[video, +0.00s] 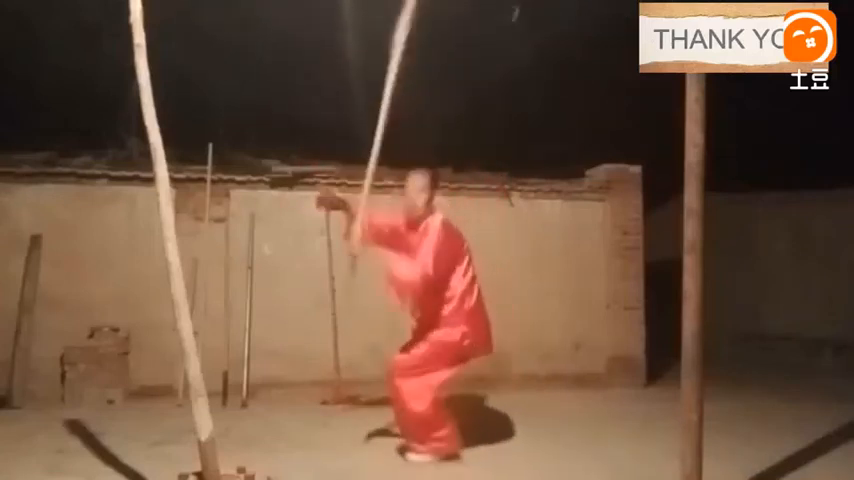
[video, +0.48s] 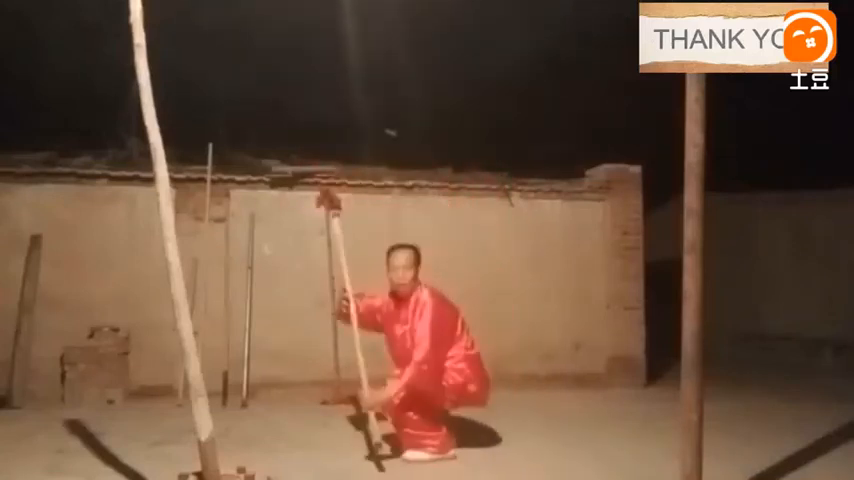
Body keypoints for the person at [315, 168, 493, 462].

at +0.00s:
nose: (416, 199)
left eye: (422, 191)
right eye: (411, 191)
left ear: (433, 195)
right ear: (403, 194)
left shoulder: (439, 230)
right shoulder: (411, 228)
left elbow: (423, 279)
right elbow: (371, 227)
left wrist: (386, 258)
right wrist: (343, 205)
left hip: (462, 332)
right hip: (439, 327)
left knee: (406, 369)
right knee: (401, 365)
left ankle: (439, 443)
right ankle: (420, 435)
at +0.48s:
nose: (400, 275)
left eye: (407, 268)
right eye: (394, 269)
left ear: (417, 271)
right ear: (387, 273)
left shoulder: (429, 303)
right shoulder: (390, 306)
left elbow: (424, 361)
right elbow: (361, 312)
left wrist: (386, 395)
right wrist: (346, 306)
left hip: (462, 379)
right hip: (431, 376)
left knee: (407, 388)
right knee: (391, 388)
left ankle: (434, 443)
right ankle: (417, 441)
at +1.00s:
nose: (405, 231)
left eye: (411, 223)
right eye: (399, 224)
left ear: (421, 225)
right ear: (391, 227)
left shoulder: (433, 256)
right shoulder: (394, 260)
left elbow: (426, 312)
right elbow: (358, 260)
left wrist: (392, 350)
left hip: (470, 330)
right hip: (442, 330)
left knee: (426, 380)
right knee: (412, 374)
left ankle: (437, 445)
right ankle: (422, 441)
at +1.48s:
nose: (513, 195)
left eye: (517, 188)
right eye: (505, 188)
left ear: (523, 193)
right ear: (488, 193)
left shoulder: (534, 231)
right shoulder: (473, 232)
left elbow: (572, 259)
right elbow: (429, 260)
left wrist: (541, 277)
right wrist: (417, 273)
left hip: (532, 331)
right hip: (480, 331)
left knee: (571, 379)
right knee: (447, 383)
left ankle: (612, 452)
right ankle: (428, 430)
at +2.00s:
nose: (546, 210)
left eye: (550, 203)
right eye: (538, 203)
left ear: (554, 206)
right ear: (521, 207)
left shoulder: (537, 234)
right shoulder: (517, 240)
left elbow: (568, 219)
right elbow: (575, 226)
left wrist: (581, 195)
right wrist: (629, 178)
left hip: (530, 347)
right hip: (494, 347)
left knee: (578, 378)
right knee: (452, 398)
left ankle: (617, 460)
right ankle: (395, 436)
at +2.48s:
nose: (555, 203)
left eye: (558, 195)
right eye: (548, 195)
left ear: (561, 194)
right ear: (527, 196)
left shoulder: (536, 225)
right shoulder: (526, 230)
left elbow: (579, 210)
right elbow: (584, 217)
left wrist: (607, 185)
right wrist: (636, 179)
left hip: (529, 333)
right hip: (501, 335)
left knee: (580, 376)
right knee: (462, 399)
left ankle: (614, 456)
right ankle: (399, 430)